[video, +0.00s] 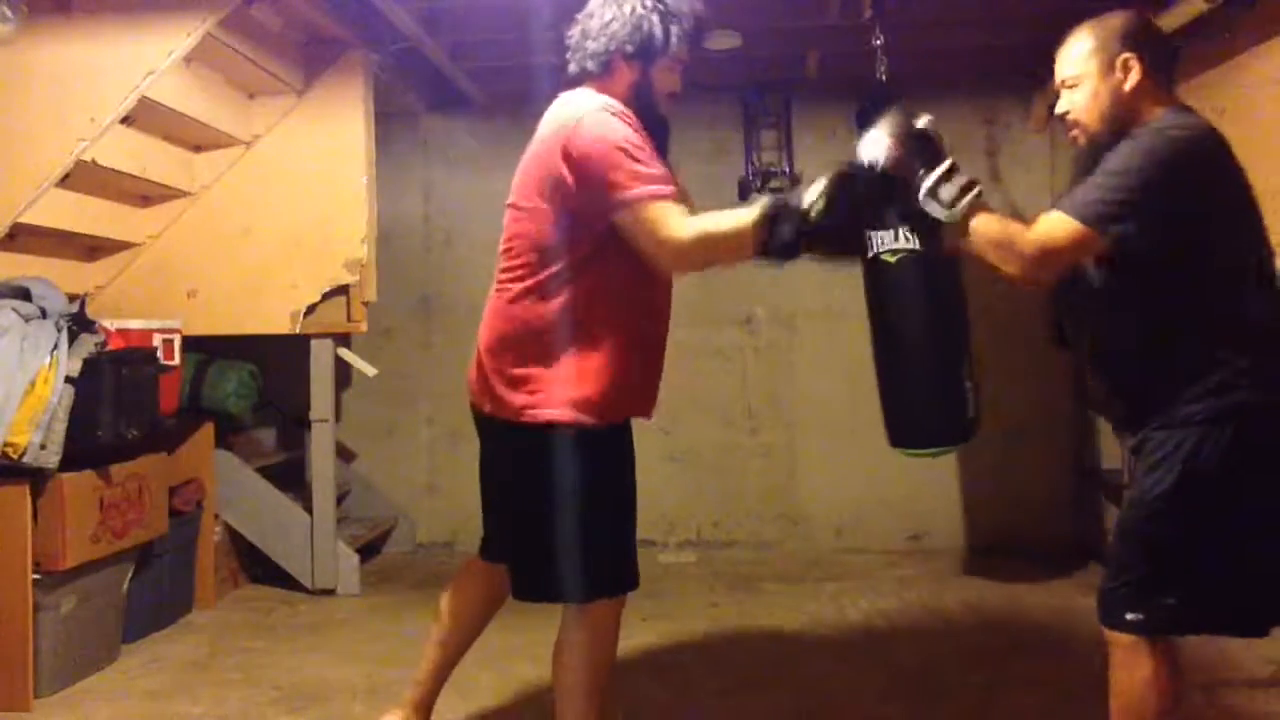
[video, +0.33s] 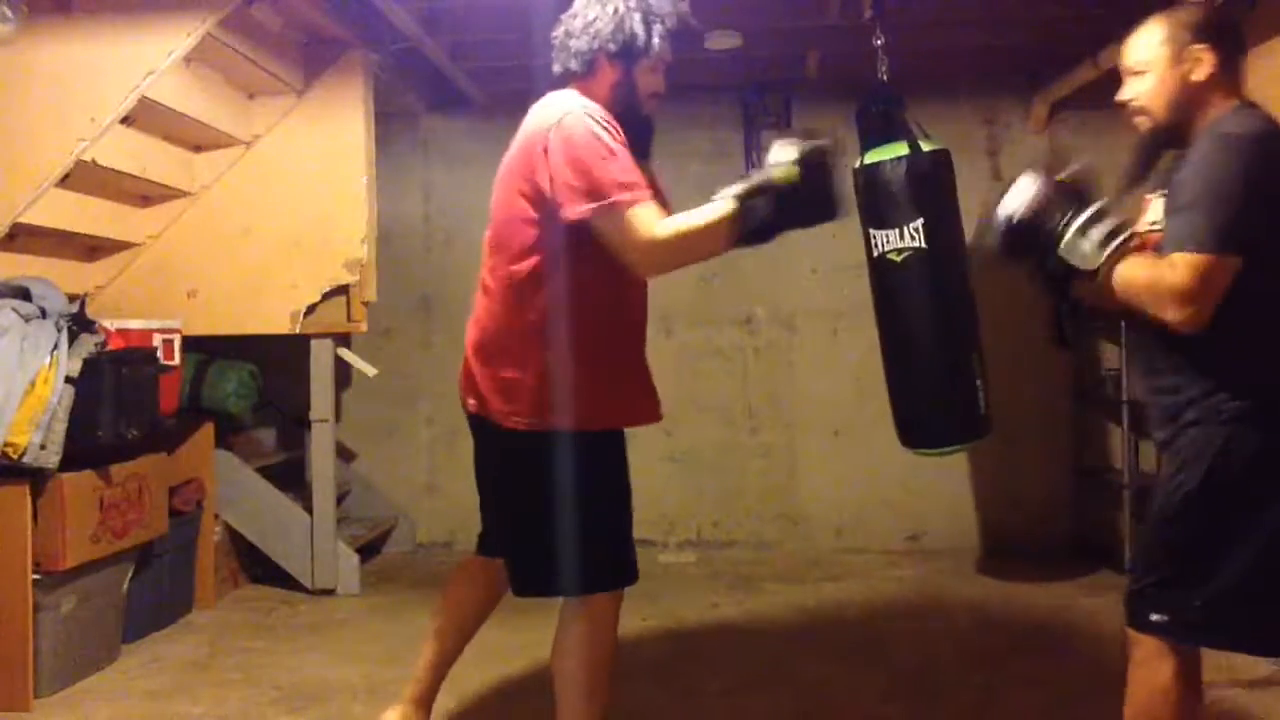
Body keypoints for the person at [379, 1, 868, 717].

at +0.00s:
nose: (681, 83)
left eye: (682, 66)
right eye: (673, 65)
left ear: (611, 62)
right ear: (625, 60)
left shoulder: (588, 119)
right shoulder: (597, 124)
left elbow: (673, 235)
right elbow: (676, 244)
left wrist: (767, 222)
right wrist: (785, 213)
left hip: (523, 390)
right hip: (568, 399)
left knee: (497, 558)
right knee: (599, 595)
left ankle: (413, 705)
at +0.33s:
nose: (665, 82)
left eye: (666, 66)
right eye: (657, 64)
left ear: (600, 64)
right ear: (608, 58)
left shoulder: (574, 123)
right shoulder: (574, 124)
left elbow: (654, 240)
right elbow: (648, 248)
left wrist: (751, 205)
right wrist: (757, 201)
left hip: (513, 392)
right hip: (566, 399)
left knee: (495, 554)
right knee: (597, 589)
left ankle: (414, 702)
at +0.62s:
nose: (633, 85)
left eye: (633, 68)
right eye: (624, 66)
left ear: (576, 65)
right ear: (574, 61)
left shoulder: (566, 130)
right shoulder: (545, 121)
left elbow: (715, 176)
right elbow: (698, 159)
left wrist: (829, 182)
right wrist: (829, 157)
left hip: (489, 384)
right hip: (503, 388)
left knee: (469, 555)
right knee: (557, 578)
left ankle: (394, 704)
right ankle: (566, 715)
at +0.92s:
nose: (612, 85)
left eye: (612, 68)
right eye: (602, 67)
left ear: (568, 64)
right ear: (553, 60)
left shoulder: (565, 136)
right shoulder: (519, 123)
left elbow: (700, 173)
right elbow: (684, 158)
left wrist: (818, 177)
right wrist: (814, 165)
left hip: (523, 392)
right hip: (513, 398)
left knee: (481, 558)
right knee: (556, 583)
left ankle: (399, 700)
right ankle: (561, 714)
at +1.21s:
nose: (572, 88)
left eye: (572, 71)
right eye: (560, 71)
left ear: (528, 72)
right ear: (507, 68)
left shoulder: (539, 148)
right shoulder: (470, 134)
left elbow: (657, 194)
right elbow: (616, 171)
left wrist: (774, 180)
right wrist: (763, 159)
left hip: (534, 406)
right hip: (497, 412)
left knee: (493, 565)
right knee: (574, 586)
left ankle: (401, 702)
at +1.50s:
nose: (491, 55)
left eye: (495, 42)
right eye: (476, 36)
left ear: (491, 57)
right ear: (424, 39)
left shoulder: (494, 134)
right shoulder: (384, 95)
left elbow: (538, 196)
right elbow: (400, 187)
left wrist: (579, 207)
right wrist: (517, 210)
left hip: (483, 377)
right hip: (421, 380)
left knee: (432, 571)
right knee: (480, 580)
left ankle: (376, 705)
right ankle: (485, 710)